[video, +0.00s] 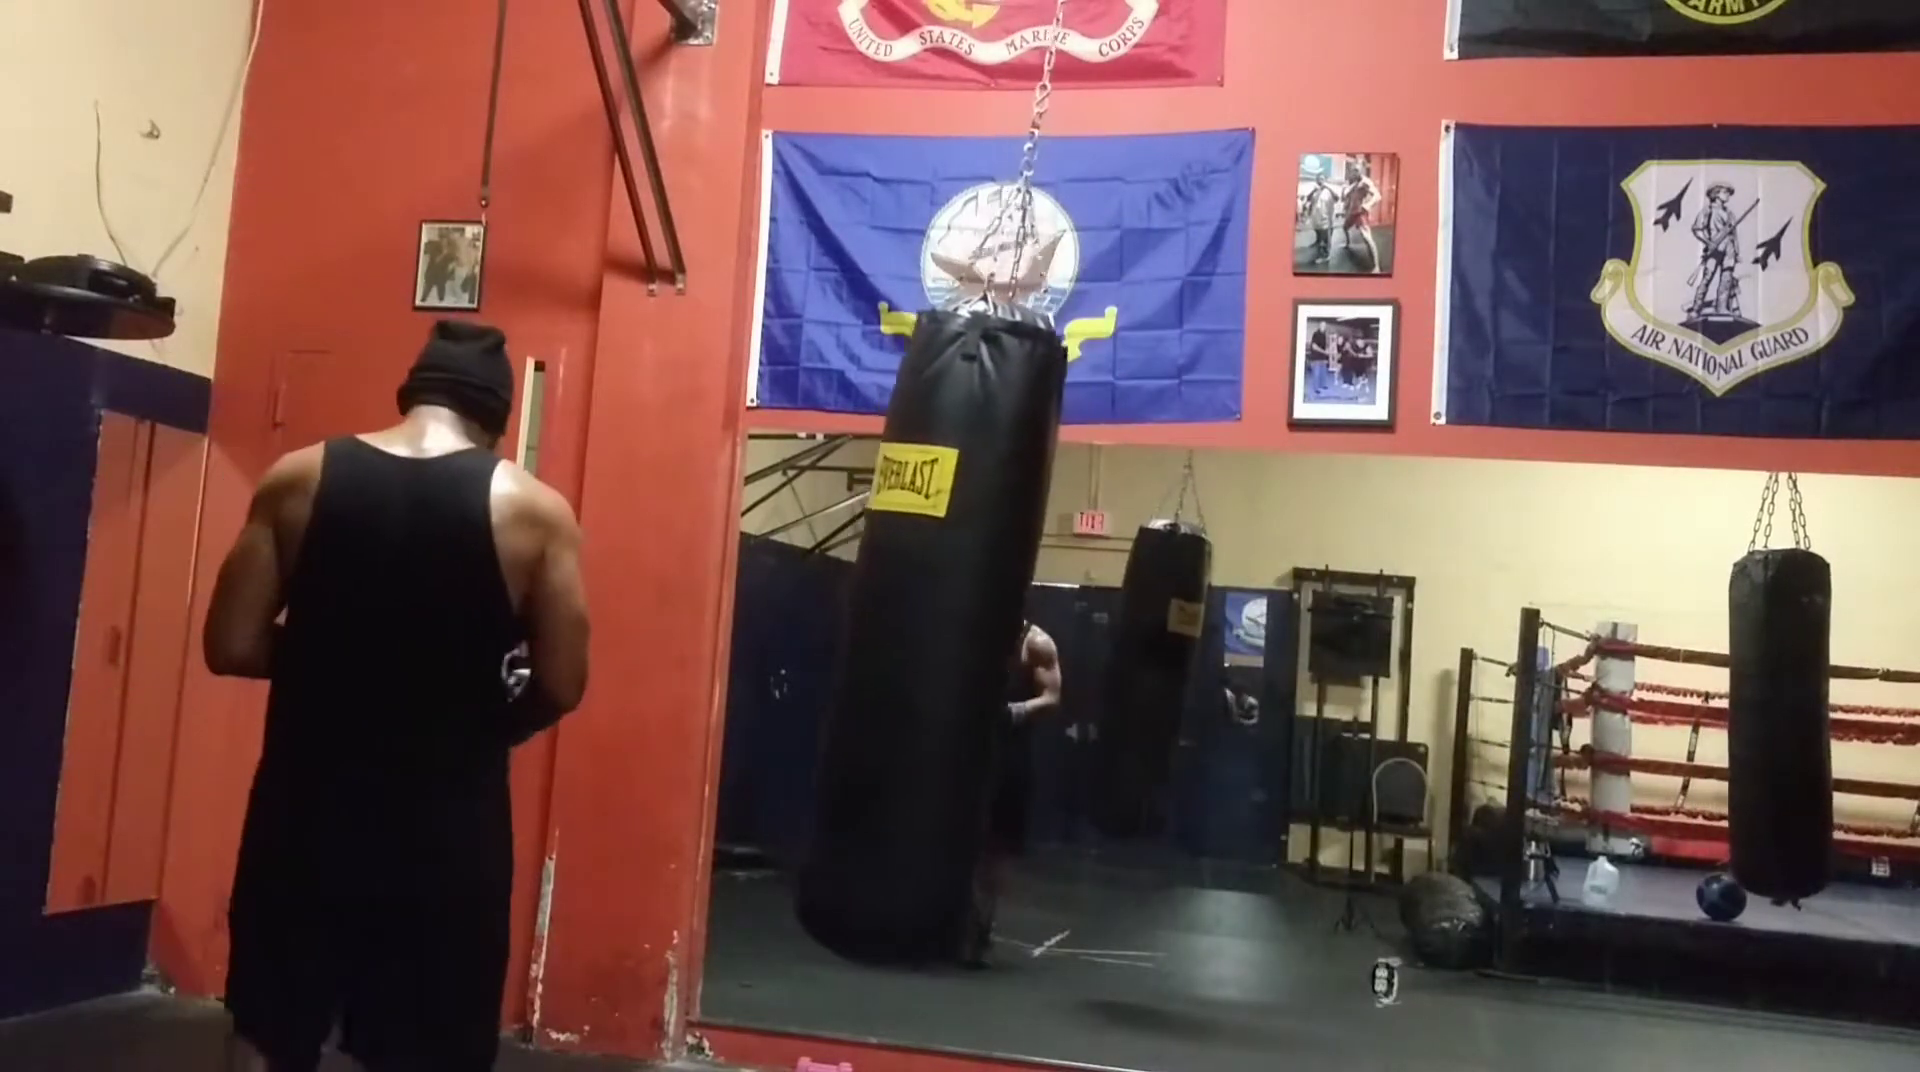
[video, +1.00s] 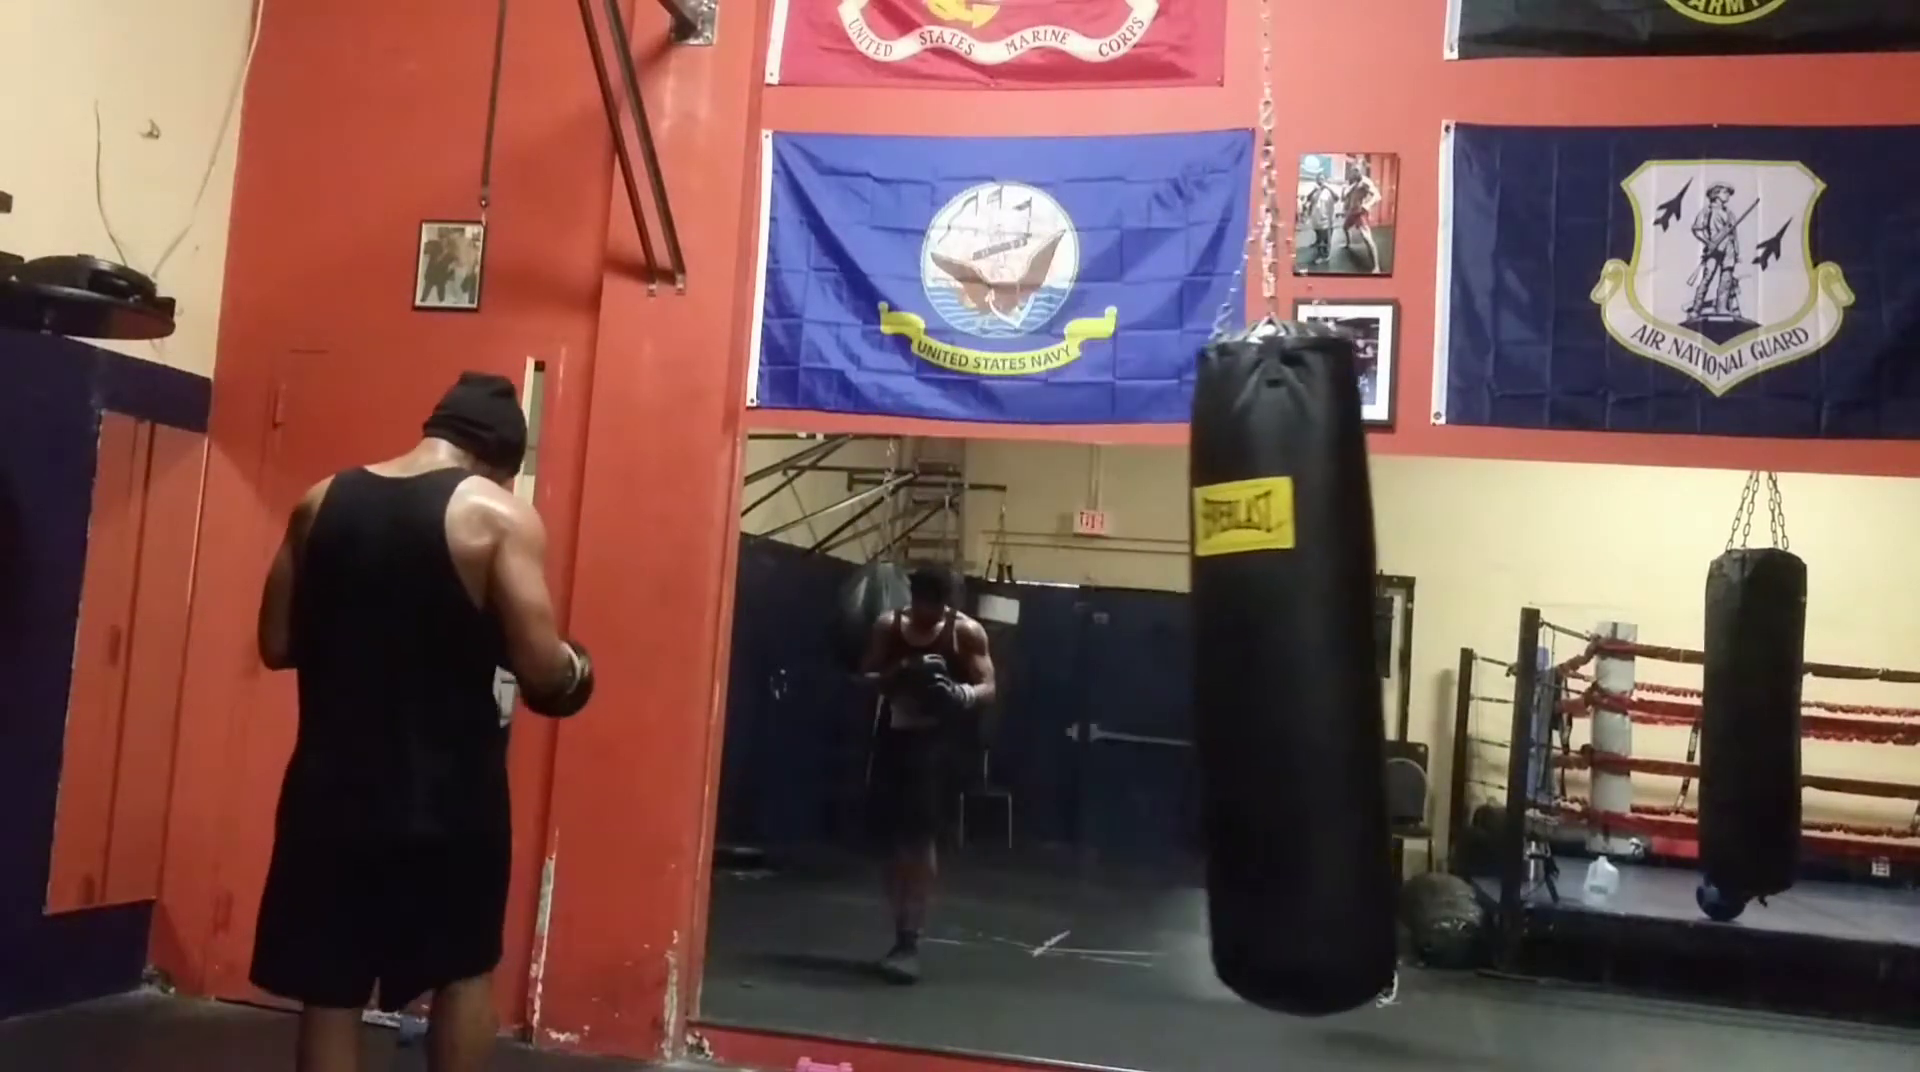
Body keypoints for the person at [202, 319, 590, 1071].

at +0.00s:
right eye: (501, 415)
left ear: (407, 396)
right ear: (501, 420)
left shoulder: (301, 477)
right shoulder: (538, 513)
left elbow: (231, 646)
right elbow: (560, 686)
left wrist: (337, 650)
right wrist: (474, 723)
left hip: (300, 830)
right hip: (443, 851)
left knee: (271, 1044)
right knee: (423, 1052)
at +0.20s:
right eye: (510, 426)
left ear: (415, 413)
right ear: (505, 433)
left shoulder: (314, 481)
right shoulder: (541, 513)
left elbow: (231, 632)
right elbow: (579, 679)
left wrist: (336, 642)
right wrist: (504, 701)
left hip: (316, 825)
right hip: (449, 841)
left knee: (305, 1039)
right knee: (407, 1053)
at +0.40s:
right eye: (496, 433)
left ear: (409, 419)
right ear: (496, 437)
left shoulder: (311, 497)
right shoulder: (528, 520)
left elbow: (237, 648)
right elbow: (566, 677)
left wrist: (342, 654)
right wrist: (510, 710)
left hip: (324, 818)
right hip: (451, 830)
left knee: (320, 1034)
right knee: (419, 1043)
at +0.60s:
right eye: (484, 438)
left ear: (401, 422)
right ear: (484, 439)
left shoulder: (306, 501)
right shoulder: (510, 513)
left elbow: (244, 652)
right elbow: (549, 664)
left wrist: (343, 647)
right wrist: (511, 714)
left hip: (324, 807)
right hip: (447, 816)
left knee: (319, 1020)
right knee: (442, 1020)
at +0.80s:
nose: (493, 467)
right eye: (494, 457)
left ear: (412, 434)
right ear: (486, 452)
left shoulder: (311, 508)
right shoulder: (499, 520)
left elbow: (254, 654)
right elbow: (539, 679)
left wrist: (353, 645)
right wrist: (530, 717)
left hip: (327, 799)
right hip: (446, 808)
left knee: (330, 1005)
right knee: (452, 1002)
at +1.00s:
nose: (508, 483)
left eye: (509, 470)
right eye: (511, 470)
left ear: (433, 432)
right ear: (503, 457)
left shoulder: (324, 499)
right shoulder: (502, 514)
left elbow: (276, 643)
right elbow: (539, 668)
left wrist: (366, 618)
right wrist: (573, 671)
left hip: (332, 785)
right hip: (450, 794)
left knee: (330, 997)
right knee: (464, 977)